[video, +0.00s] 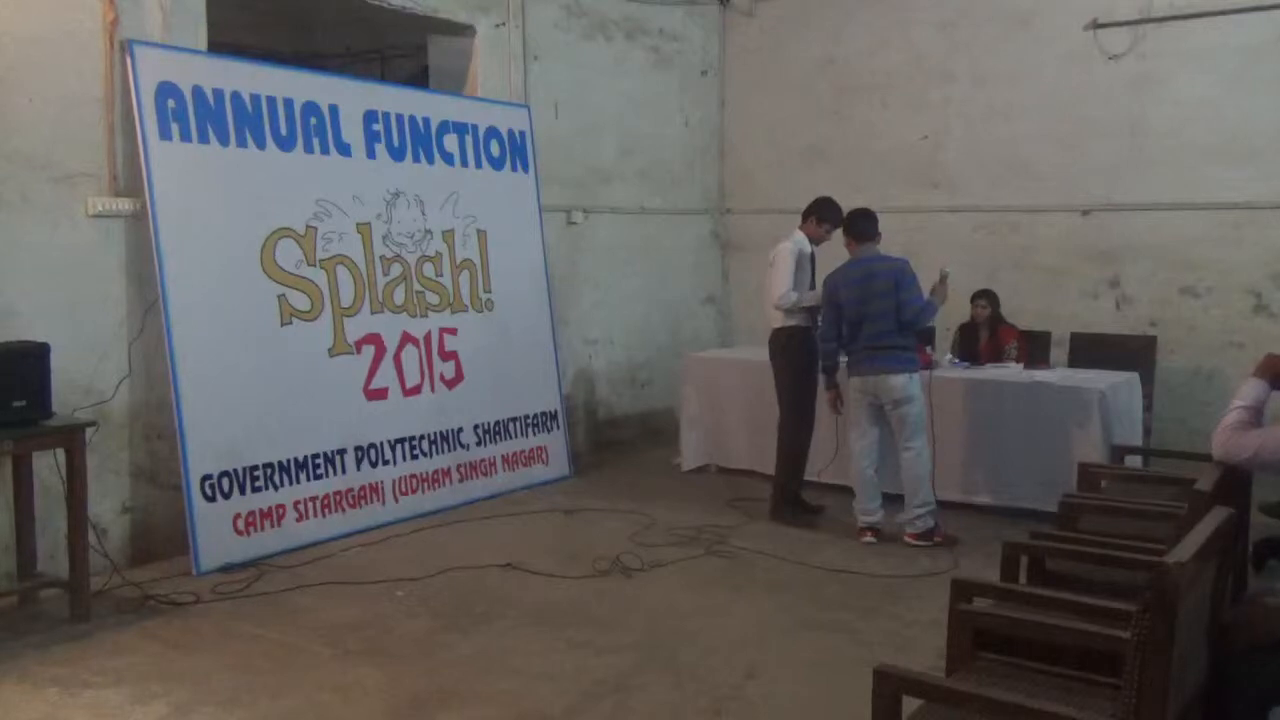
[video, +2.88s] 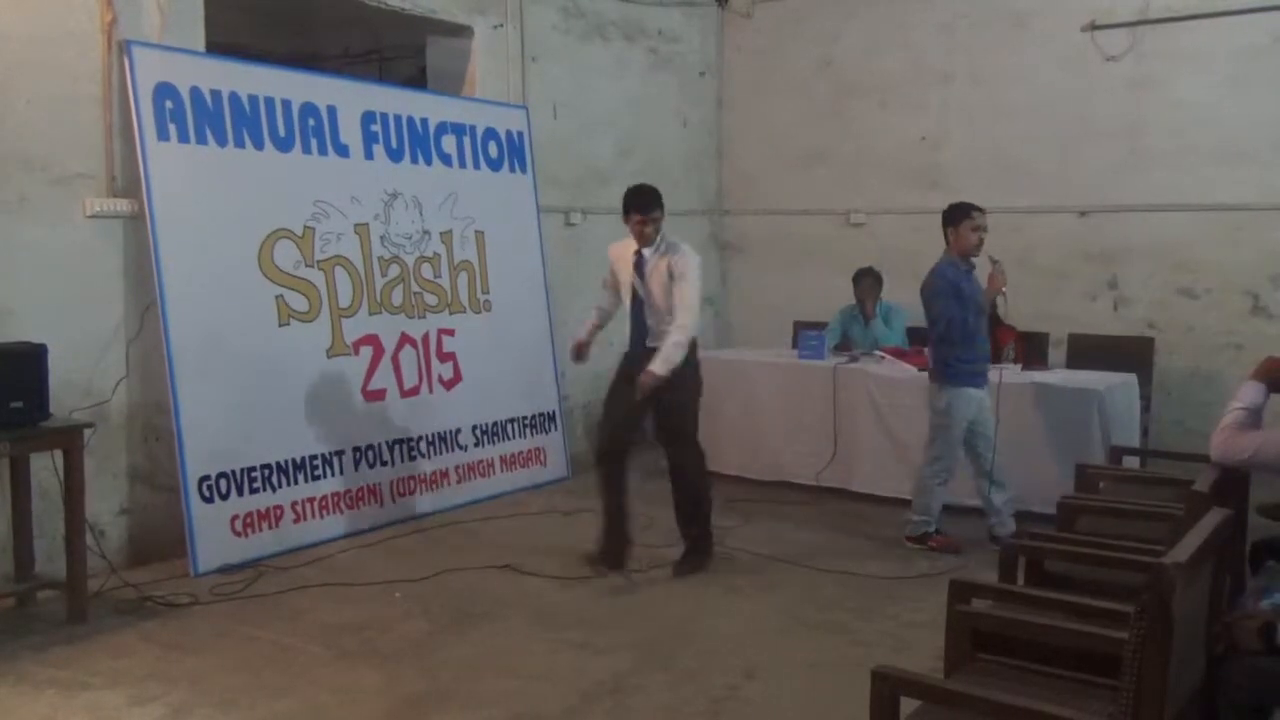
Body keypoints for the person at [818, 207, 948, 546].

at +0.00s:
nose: (847, 245)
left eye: (845, 240)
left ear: (847, 241)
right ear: (879, 237)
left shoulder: (835, 280)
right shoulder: (898, 268)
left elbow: (828, 337)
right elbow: (915, 319)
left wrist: (830, 383)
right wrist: (936, 300)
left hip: (859, 376)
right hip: (899, 375)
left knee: (863, 451)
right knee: (913, 447)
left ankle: (868, 524)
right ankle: (919, 524)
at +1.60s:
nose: (897, 239)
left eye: (897, 232)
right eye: (895, 232)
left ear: (864, 235)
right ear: (881, 233)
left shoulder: (841, 280)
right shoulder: (893, 269)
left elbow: (834, 337)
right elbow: (909, 317)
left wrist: (838, 384)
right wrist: (940, 293)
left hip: (863, 376)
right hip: (898, 374)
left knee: (865, 448)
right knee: (915, 447)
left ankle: (867, 524)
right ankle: (919, 526)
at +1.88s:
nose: (921, 235)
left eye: (920, 228)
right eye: (915, 229)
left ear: (890, 234)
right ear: (895, 233)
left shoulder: (864, 274)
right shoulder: (902, 272)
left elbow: (859, 332)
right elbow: (905, 327)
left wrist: (868, 363)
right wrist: (944, 306)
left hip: (874, 375)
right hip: (904, 377)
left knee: (876, 448)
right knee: (915, 452)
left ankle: (869, 523)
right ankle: (920, 527)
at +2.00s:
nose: (931, 234)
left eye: (931, 227)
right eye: (924, 228)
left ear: (900, 235)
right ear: (903, 233)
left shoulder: (878, 273)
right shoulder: (910, 274)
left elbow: (878, 331)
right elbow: (915, 330)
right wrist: (951, 306)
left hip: (884, 375)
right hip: (913, 378)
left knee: (884, 451)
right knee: (920, 454)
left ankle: (870, 522)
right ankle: (920, 527)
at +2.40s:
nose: (952, 234)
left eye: (953, 227)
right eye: (946, 227)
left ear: (931, 232)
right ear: (923, 231)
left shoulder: (928, 271)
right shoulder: (920, 275)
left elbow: (937, 325)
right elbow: (933, 332)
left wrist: (967, 307)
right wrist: (966, 304)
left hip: (933, 377)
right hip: (928, 379)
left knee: (932, 448)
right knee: (931, 451)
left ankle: (910, 514)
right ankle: (920, 529)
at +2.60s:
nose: (963, 234)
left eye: (964, 227)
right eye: (956, 227)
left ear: (950, 232)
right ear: (933, 231)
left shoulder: (943, 272)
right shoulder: (925, 276)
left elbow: (946, 327)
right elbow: (936, 334)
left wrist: (971, 308)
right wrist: (970, 306)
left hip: (950, 379)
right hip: (933, 381)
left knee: (962, 453)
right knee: (933, 455)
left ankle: (961, 521)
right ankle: (919, 528)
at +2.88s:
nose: (981, 237)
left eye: (983, 231)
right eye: (974, 230)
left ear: (968, 234)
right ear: (952, 232)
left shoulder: (967, 277)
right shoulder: (939, 280)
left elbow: (973, 327)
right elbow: (954, 332)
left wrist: (991, 298)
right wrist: (986, 296)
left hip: (976, 384)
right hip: (951, 385)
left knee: (988, 463)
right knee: (941, 461)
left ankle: (1003, 529)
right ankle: (921, 527)